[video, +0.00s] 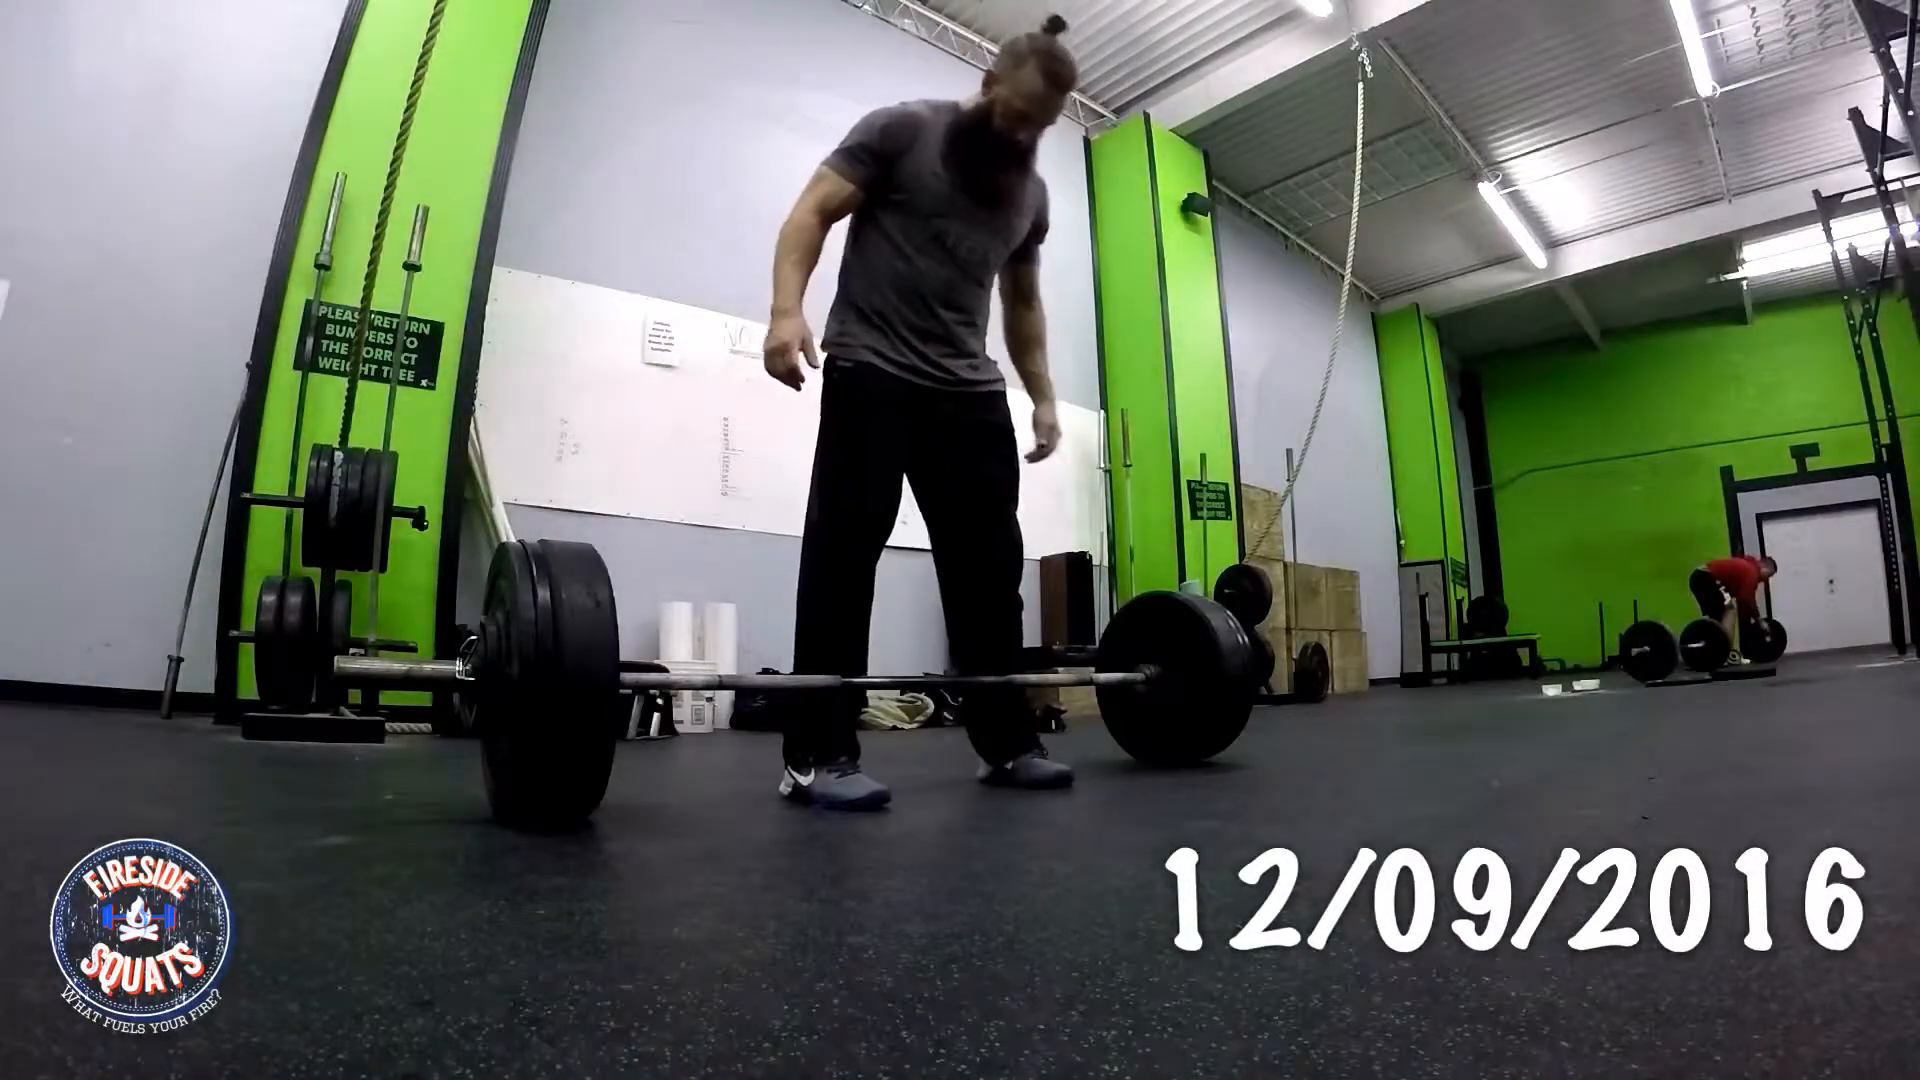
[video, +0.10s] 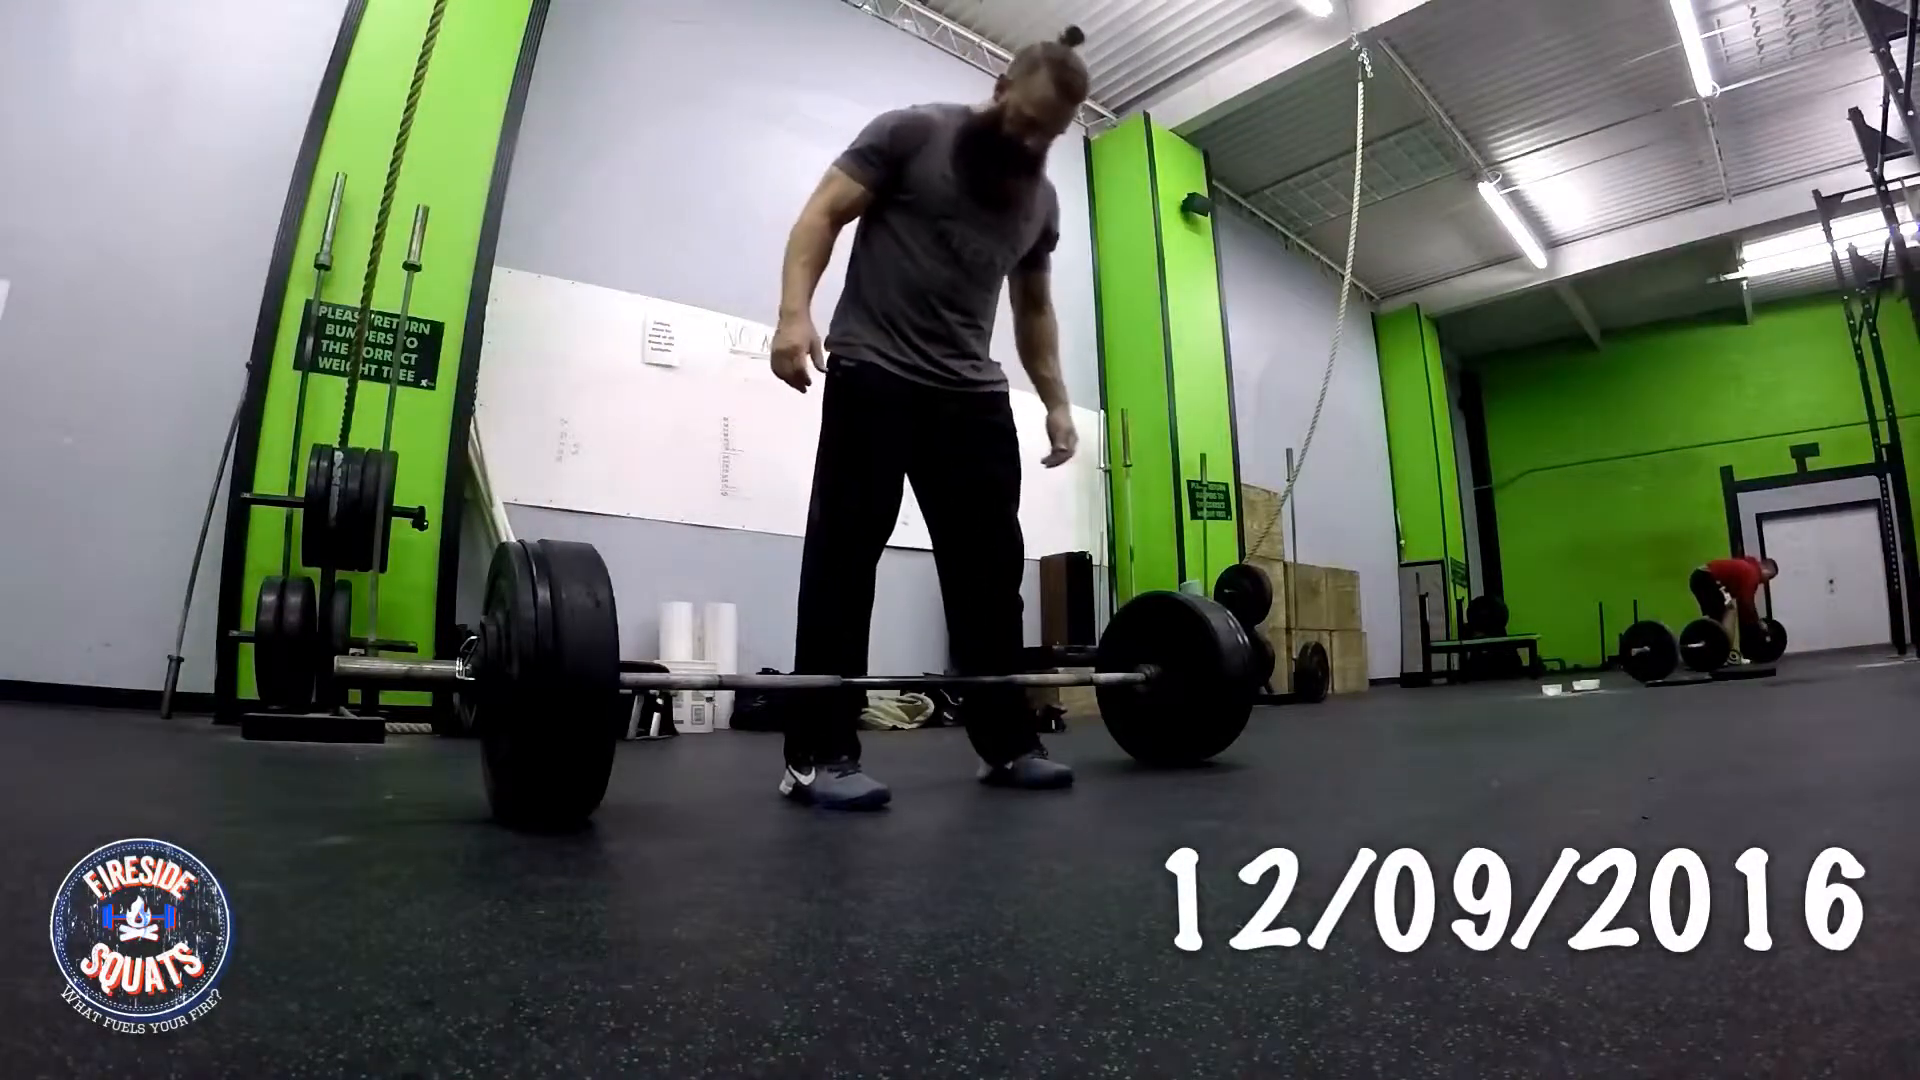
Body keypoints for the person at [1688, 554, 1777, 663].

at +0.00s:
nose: (1766, 578)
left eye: (1769, 576)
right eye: (1768, 575)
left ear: (1762, 564)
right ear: (1764, 569)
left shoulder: (1748, 567)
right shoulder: (1752, 572)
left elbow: (1745, 600)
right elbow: (1746, 599)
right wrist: (1758, 620)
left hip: (1699, 575)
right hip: (1705, 577)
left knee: (1714, 616)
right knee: (1730, 610)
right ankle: (1731, 654)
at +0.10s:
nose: (1766, 580)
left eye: (1770, 578)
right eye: (1769, 576)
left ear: (1763, 566)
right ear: (1766, 570)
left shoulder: (1748, 568)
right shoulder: (1752, 573)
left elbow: (1746, 604)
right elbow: (1747, 605)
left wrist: (1753, 623)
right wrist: (1754, 624)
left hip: (1700, 575)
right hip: (1706, 577)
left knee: (1714, 616)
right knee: (1730, 610)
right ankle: (1731, 653)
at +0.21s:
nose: (1767, 587)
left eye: (1771, 584)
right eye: (1770, 582)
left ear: (1765, 571)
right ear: (1766, 574)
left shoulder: (1749, 572)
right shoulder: (1751, 577)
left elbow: (1742, 607)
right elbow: (1743, 609)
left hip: (1701, 576)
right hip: (1705, 578)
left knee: (1714, 617)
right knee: (1731, 610)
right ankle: (1732, 654)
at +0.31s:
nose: (1767, 592)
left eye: (1770, 590)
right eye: (1770, 588)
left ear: (1764, 577)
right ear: (1766, 581)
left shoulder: (1749, 577)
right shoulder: (1751, 580)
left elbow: (1742, 609)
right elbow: (1743, 610)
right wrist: (1746, 631)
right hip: (1705, 578)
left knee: (1717, 616)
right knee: (1730, 612)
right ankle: (1732, 654)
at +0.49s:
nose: (1766, 602)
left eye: (1769, 600)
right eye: (1769, 598)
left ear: (1765, 586)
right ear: (1766, 590)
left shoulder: (1752, 581)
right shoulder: (1751, 587)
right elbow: (1746, 623)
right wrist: (1754, 648)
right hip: (1704, 580)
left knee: (1717, 617)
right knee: (1731, 612)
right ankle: (1729, 654)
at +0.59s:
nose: (1766, 601)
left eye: (1769, 600)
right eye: (1769, 598)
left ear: (1765, 586)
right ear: (1766, 590)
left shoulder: (1752, 581)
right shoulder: (1751, 587)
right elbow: (1746, 622)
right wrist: (1754, 647)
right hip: (1704, 580)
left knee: (1716, 617)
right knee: (1732, 612)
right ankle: (1729, 654)